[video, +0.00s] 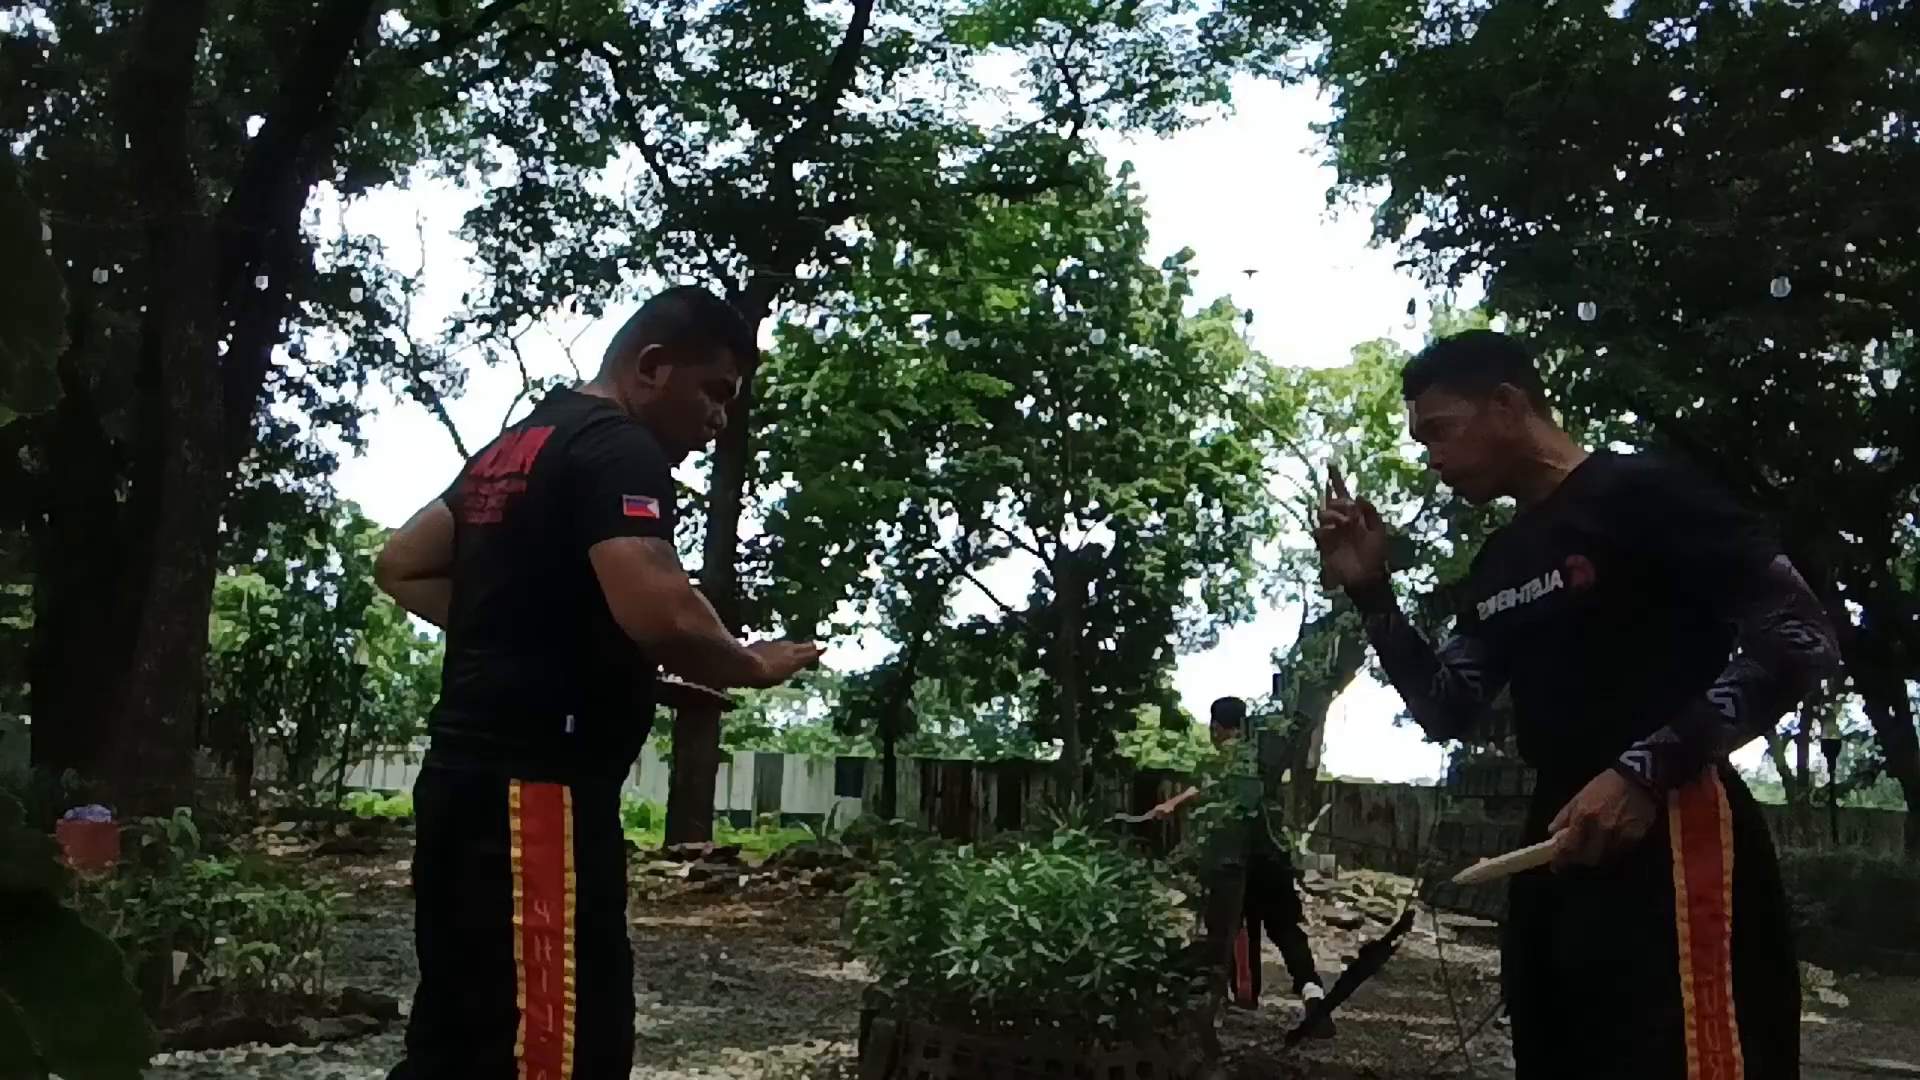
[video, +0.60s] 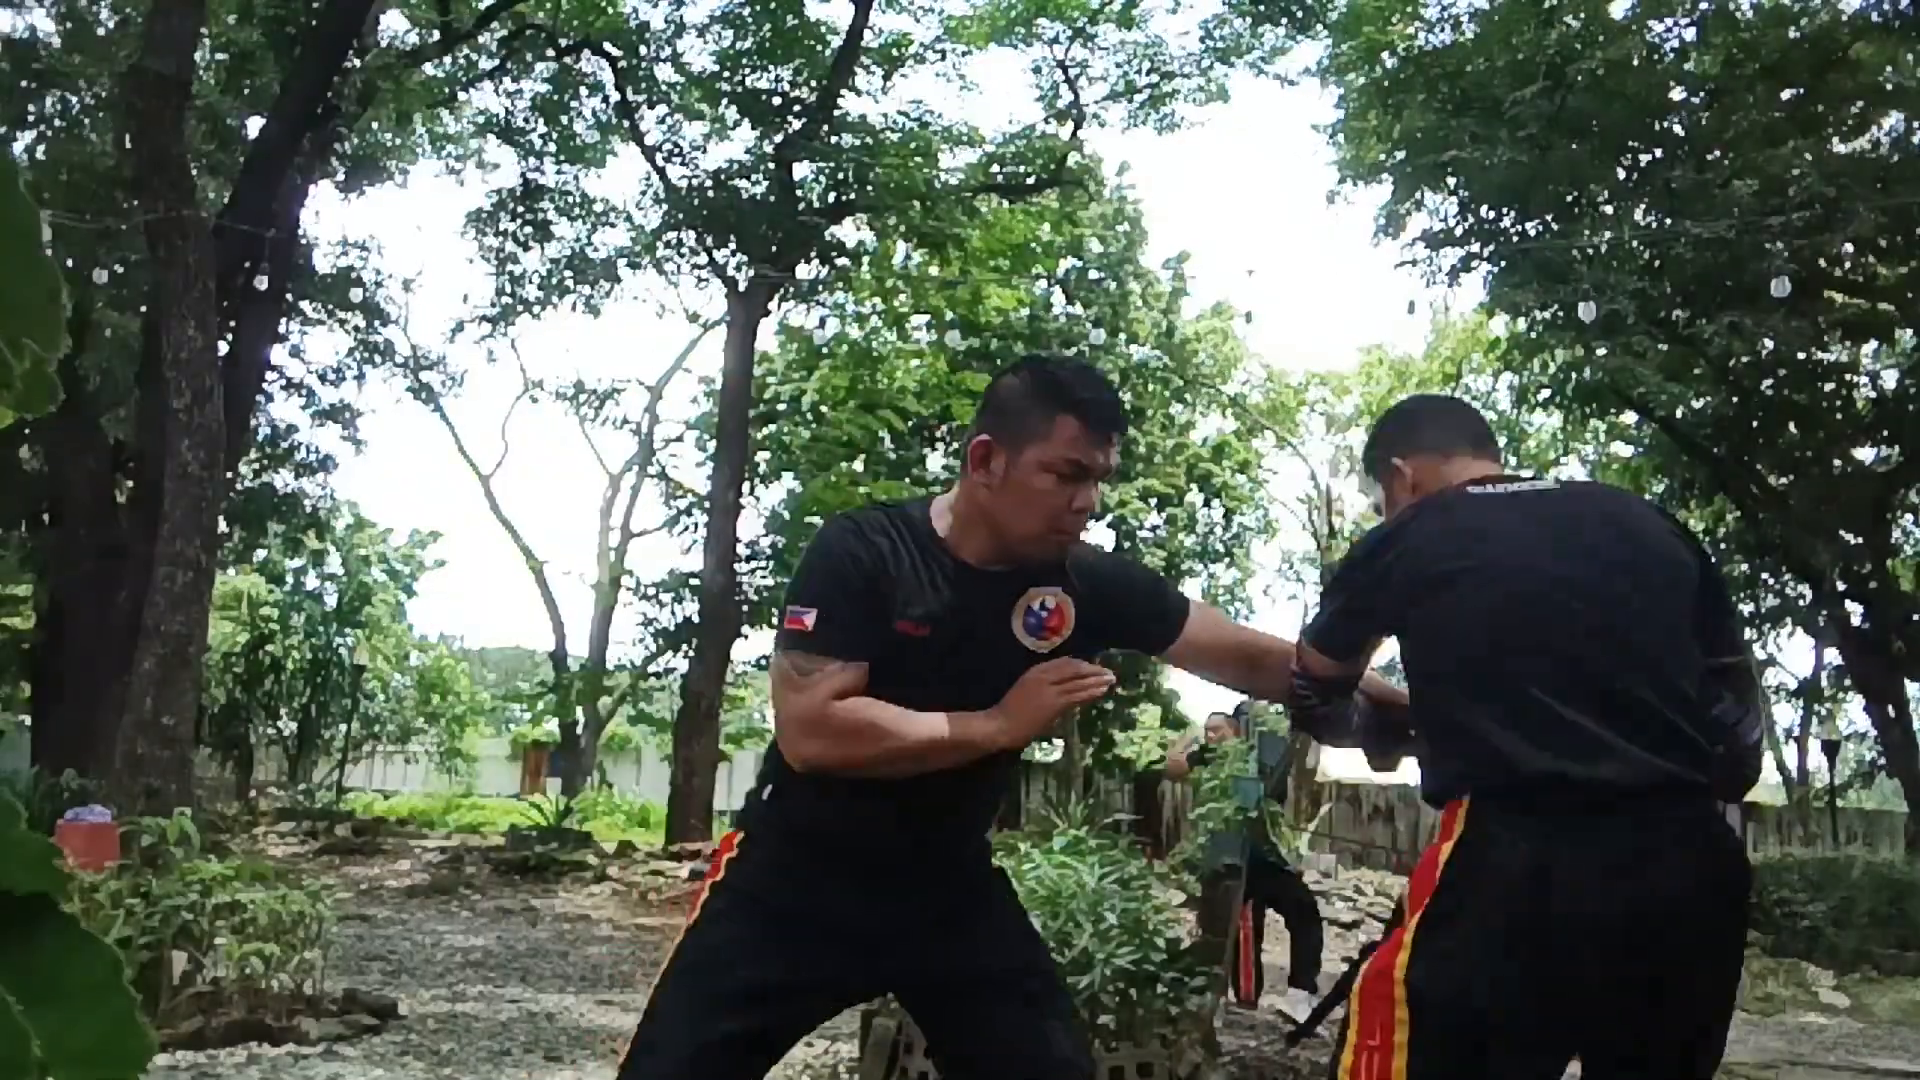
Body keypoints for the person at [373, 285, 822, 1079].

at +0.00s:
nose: (720, 421)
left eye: (729, 402)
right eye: (715, 392)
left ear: (641, 365)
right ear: (650, 363)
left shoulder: (521, 442)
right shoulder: (614, 443)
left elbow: (402, 564)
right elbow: (661, 615)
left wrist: (546, 635)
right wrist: (749, 664)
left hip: (470, 778)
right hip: (538, 789)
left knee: (459, 1042)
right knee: (561, 1050)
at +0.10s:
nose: (763, 422)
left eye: (772, 403)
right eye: (757, 394)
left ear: (679, 363)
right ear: (695, 364)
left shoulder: (564, 427)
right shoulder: (654, 441)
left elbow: (416, 516)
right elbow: (714, 627)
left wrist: (519, 620)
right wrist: (793, 653)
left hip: (593, 778)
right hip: (557, 779)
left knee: (662, 1015)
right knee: (558, 1043)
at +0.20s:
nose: (814, 421)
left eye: (821, 401)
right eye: (809, 393)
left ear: (740, 365)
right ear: (743, 364)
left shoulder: (617, 425)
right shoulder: (692, 444)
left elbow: (475, 508)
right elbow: (754, 633)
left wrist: (563, 613)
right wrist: (832, 640)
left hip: (648, 790)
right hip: (587, 787)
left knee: (760, 1012)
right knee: (577, 1052)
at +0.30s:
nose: (887, 430)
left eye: (897, 411)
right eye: (882, 399)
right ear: (814, 368)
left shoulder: (776, 480)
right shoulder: (716, 455)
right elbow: (771, 652)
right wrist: (871, 634)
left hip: (737, 815)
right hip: (634, 817)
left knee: (833, 1058)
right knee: (600, 1061)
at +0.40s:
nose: (980, 464)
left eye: (988, 443)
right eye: (970, 434)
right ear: (891, 410)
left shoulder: (943, 543)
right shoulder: (751, 501)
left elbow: (992, 660)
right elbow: (763, 684)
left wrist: (1115, 749)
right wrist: (929, 663)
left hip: (851, 862)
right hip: (710, 862)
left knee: (952, 1056)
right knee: (630, 1062)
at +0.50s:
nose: (1041, 489)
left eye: (1049, 467)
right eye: (1026, 461)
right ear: (942, 440)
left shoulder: (1030, 581)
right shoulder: (808, 530)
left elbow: (1160, 698)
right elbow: (780, 713)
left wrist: (1301, 793)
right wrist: (959, 706)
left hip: (910, 883)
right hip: (755, 877)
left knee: (1021, 1056)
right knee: (651, 1066)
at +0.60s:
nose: (1091, 505)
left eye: (1099, 482)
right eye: (1072, 477)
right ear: (987, 461)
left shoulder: (1081, 582)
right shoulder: (859, 550)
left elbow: (1245, 653)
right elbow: (810, 732)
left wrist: (1382, 696)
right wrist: (995, 724)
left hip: (952, 893)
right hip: (794, 883)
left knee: (1048, 1063)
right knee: (666, 1067)